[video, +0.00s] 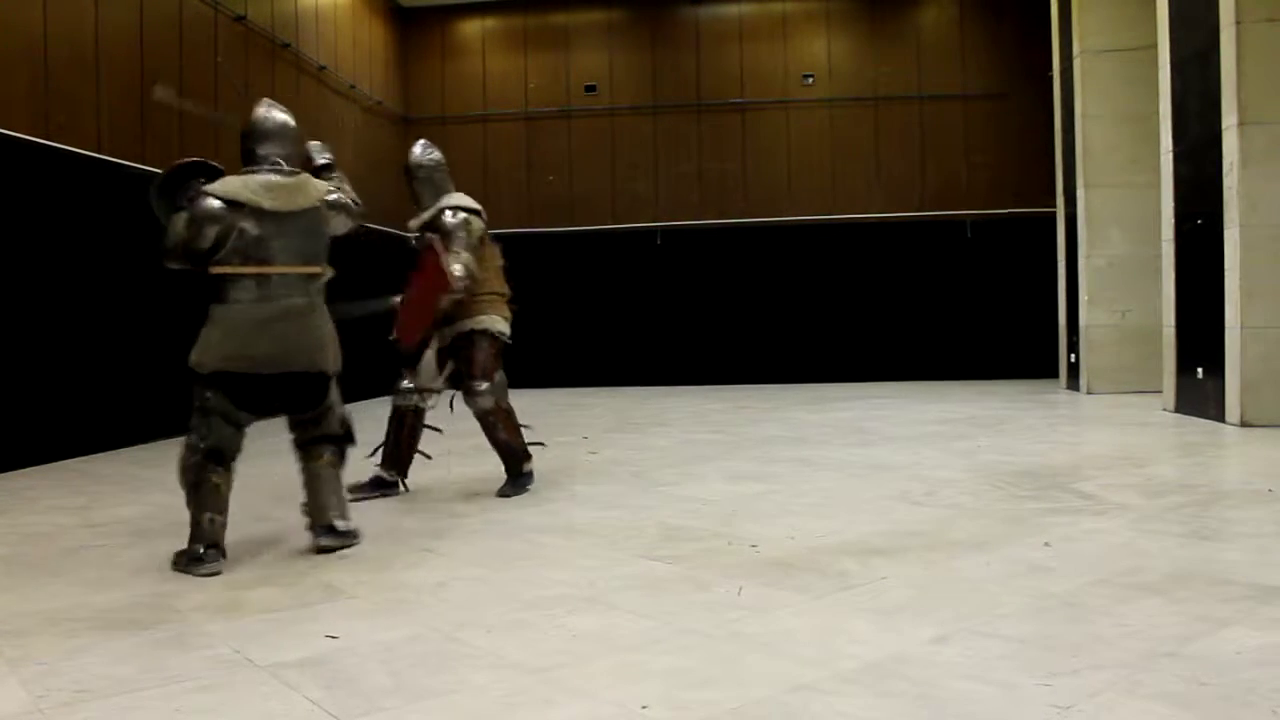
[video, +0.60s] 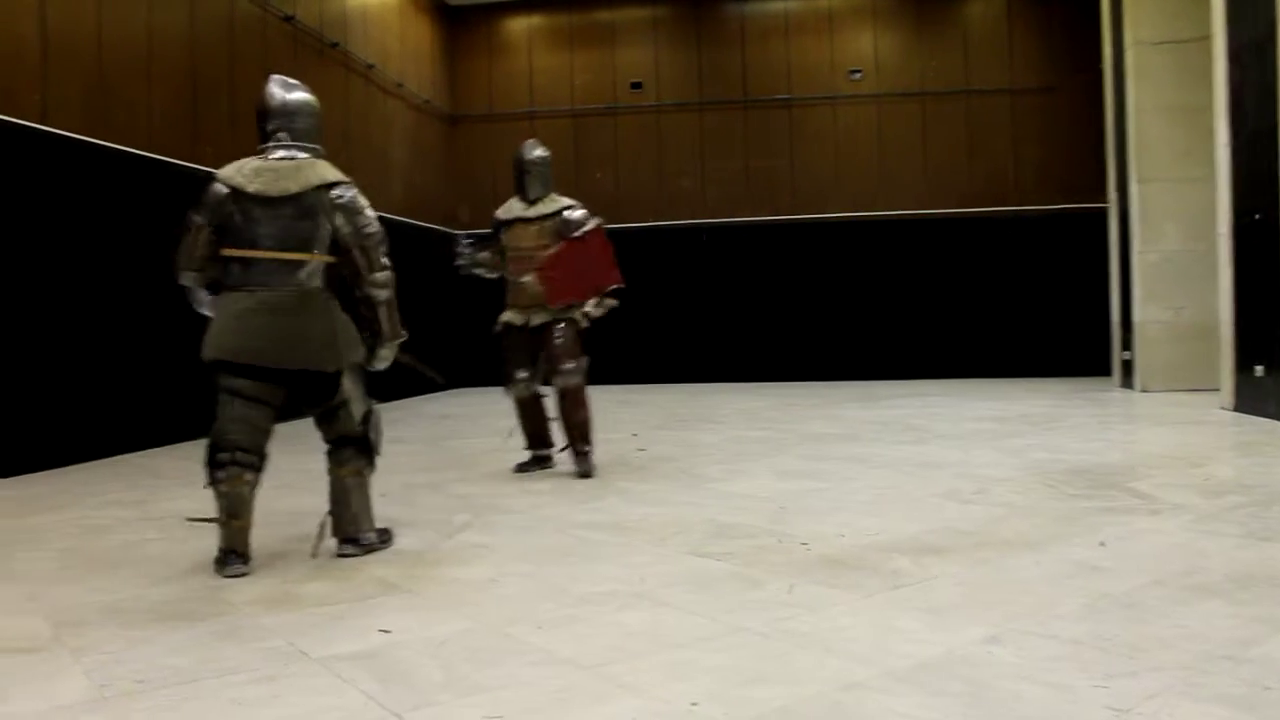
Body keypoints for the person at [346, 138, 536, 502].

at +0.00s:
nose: (417, 187)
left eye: (421, 178)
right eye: (415, 179)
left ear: (433, 178)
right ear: (422, 181)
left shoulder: (457, 215)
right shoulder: (431, 223)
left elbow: (458, 279)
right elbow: (429, 279)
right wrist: (409, 303)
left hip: (480, 313)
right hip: (445, 317)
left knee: (481, 389)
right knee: (410, 391)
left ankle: (519, 469)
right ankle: (391, 474)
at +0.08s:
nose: (430, 188)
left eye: (434, 180)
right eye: (427, 180)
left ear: (447, 178)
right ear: (426, 182)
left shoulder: (470, 219)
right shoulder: (442, 223)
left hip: (490, 316)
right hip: (453, 319)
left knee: (490, 388)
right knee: (414, 386)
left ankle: (520, 473)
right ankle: (401, 470)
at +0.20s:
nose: (459, 182)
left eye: (465, 173)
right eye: (453, 175)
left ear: (477, 173)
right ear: (446, 178)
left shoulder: (492, 216)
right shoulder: (453, 218)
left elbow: (500, 272)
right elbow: (455, 266)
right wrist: (427, 279)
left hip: (502, 312)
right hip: (464, 315)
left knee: (497, 386)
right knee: (428, 384)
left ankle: (521, 470)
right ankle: (449, 454)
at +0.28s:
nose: (478, 180)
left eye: (485, 171)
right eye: (472, 173)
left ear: (496, 172)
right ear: (463, 176)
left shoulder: (512, 213)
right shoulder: (460, 217)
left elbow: (519, 268)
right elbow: (461, 266)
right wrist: (434, 279)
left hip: (510, 308)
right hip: (470, 312)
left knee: (507, 381)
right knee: (446, 385)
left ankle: (528, 465)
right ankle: (478, 442)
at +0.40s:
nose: (492, 185)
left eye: (498, 176)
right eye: (486, 177)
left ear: (509, 178)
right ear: (476, 180)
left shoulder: (523, 219)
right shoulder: (468, 222)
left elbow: (545, 268)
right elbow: (468, 265)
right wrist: (429, 267)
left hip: (517, 319)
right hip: (477, 322)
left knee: (517, 384)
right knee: (469, 390)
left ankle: (533, 464)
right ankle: (502, 447)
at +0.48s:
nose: (503, 186)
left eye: (510, 177)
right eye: (497, 178)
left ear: (521, 178)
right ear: (487, 181)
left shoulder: (540, 220)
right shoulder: (478, 222)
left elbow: (561, 274)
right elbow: (474, 268)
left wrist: (552, 317)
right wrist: (443, 264)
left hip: (531, 321)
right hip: (490, 321)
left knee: (537, 385)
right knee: (485, 388)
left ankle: (547, 461)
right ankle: (514, 451)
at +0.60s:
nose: (536, 177)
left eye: (542, 168)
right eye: (529, 170)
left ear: (550, 169)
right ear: (518, 172)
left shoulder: (568, 213)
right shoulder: (505, 216)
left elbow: (600, 269)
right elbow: (501, 262)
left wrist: (587, 311)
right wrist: (475, 259)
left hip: (560, 314)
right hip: (518, 315)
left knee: (569, 379)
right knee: (521, 382)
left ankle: (581, 452)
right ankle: (540, 452)